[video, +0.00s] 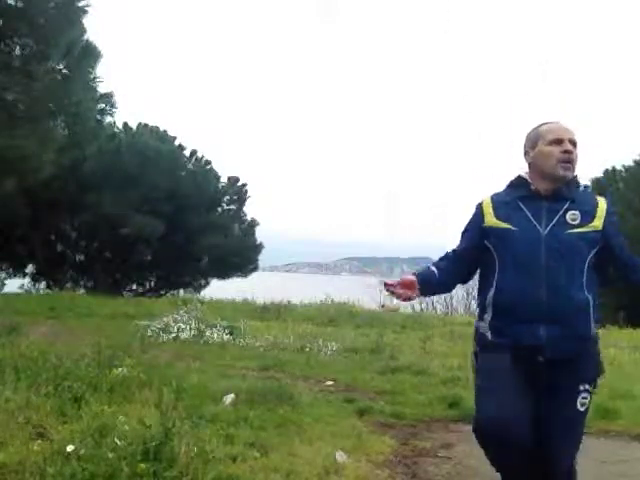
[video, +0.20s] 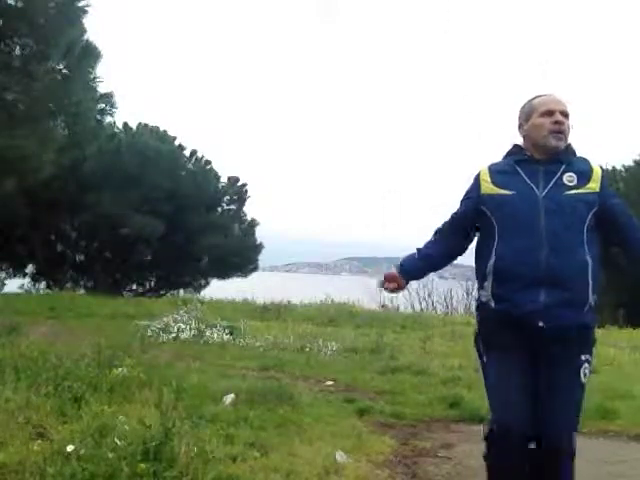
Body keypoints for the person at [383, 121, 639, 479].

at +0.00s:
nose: (568, 150)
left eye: (573, 144)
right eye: (556, 143)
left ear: (578, 155)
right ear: (530, 155)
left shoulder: (596, 211)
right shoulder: (493, 209)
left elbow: (626, 267)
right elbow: (460, 263)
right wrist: (421, 282)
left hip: (571, 352)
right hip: (503, 350)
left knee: (557, 455)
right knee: (498, 428)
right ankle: (524, 474)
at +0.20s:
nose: (560, 120)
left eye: (564, 115)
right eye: (548, 114)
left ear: (571, 127)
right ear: (523, 127)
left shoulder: (592, 179)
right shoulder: (491, 179)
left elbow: (631, 239)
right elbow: (451, 237)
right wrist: (406, 271)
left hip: (570, 327)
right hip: (504, 325)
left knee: (559, 441)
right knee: (510, 432)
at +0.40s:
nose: (550, 150)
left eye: (556, 144)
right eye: (539, 143)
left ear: (563, 155)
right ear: (516, 156)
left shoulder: (587, 208)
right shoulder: (484, 211)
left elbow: (616, 269)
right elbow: (454, 265)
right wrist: (415, 290)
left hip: (569, 353)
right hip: (502, 353)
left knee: (571, 442)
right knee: (507, 458)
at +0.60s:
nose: (559, 133)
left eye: (568, 127)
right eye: (550, 127)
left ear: (579, 138)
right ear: (532, 138)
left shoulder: (599, 191)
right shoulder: (498, 188)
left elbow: (630, 252)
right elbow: (457, 242)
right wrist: (409, 271)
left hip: (574, 334)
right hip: (509, 332)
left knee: (564, 441)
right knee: (511, 436)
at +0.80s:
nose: (559, 141)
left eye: (568, 135)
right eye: (550, 135)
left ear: (581, 147)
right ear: (536, 147)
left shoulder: (605, 202)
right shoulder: (503, 201)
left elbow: (630, 265)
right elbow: (473, 262)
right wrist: (433, 294)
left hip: (577, 351)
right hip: (511, 347)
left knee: (567, 455)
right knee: (510, 436)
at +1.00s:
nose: (551, 141)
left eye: (560, 135)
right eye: (542, 135)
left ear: (574, 145)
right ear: (529, 146)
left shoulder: (602, 195)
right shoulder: (500, 198)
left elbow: (632, 252)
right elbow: (463, 252)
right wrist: (417, 272)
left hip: (578, 336)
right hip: (514, 336)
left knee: (571, 433)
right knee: (521, 435)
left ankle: (559, 474)